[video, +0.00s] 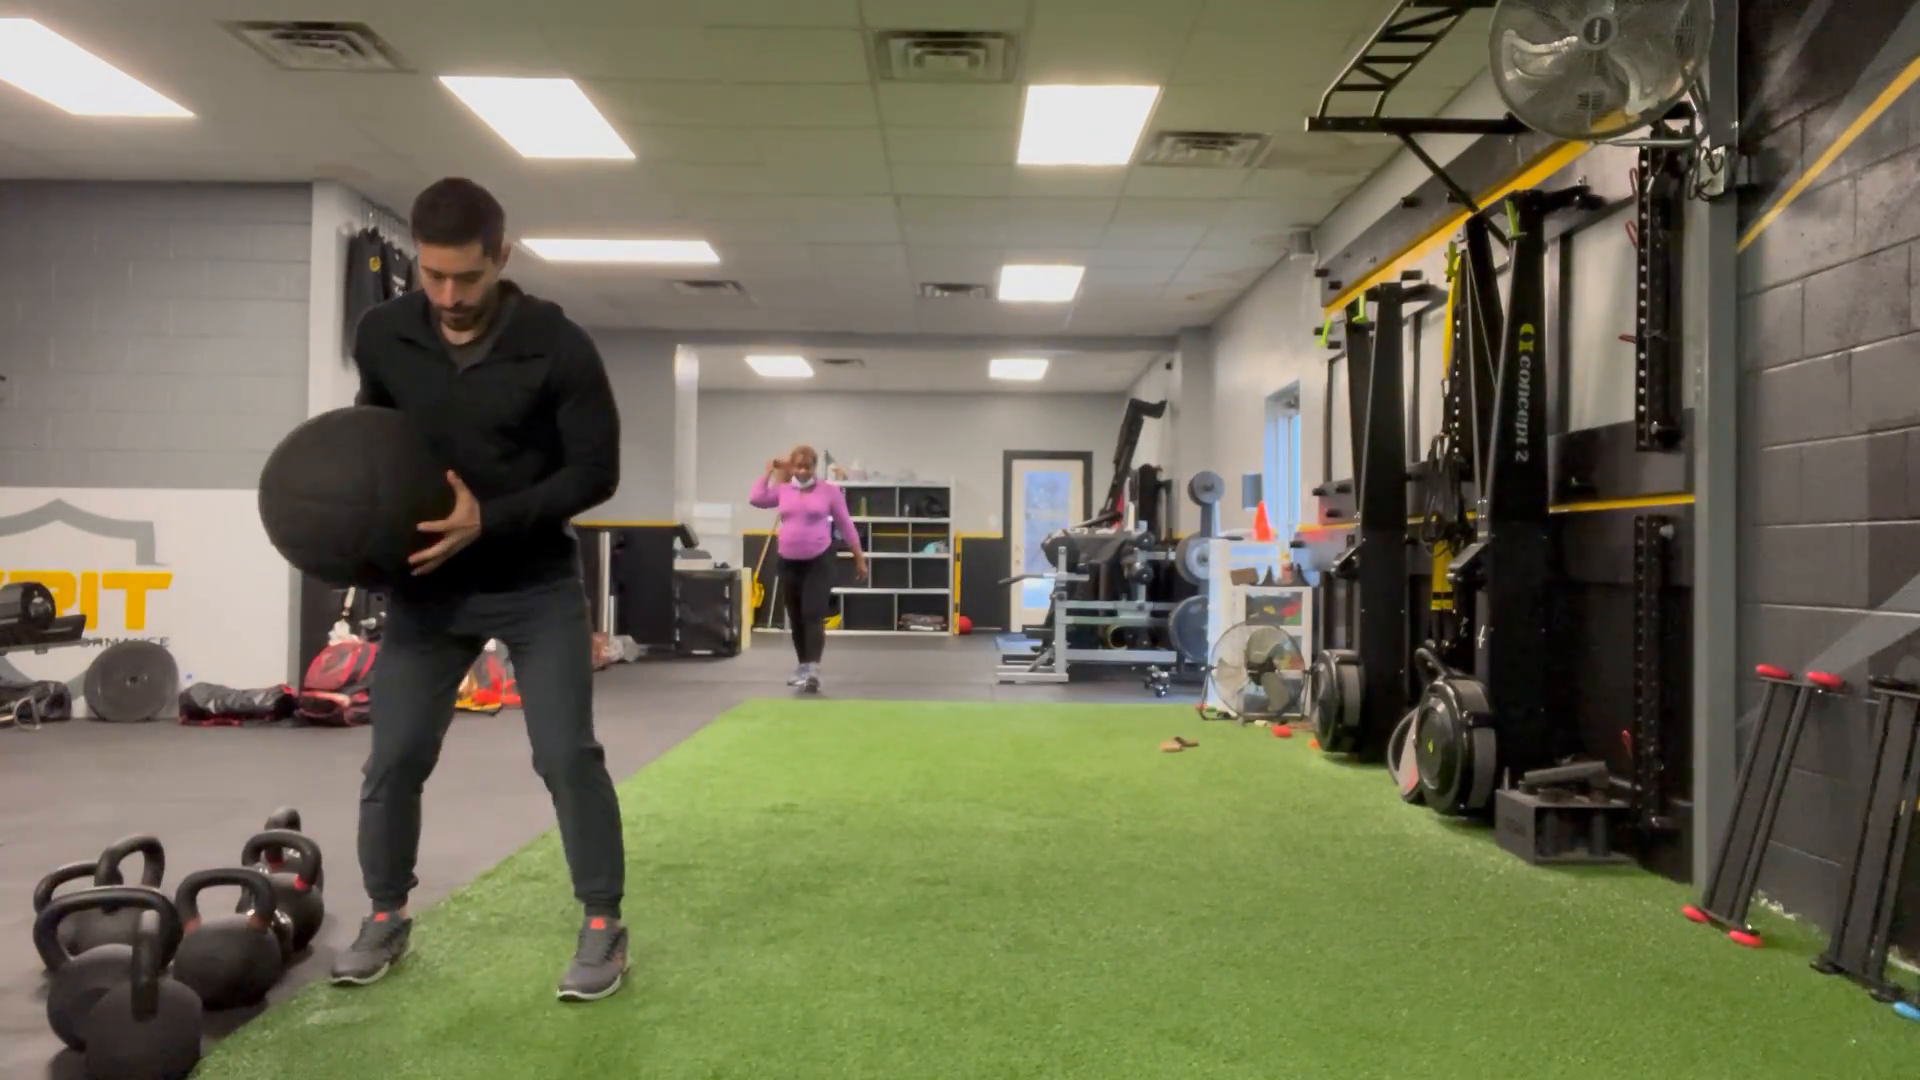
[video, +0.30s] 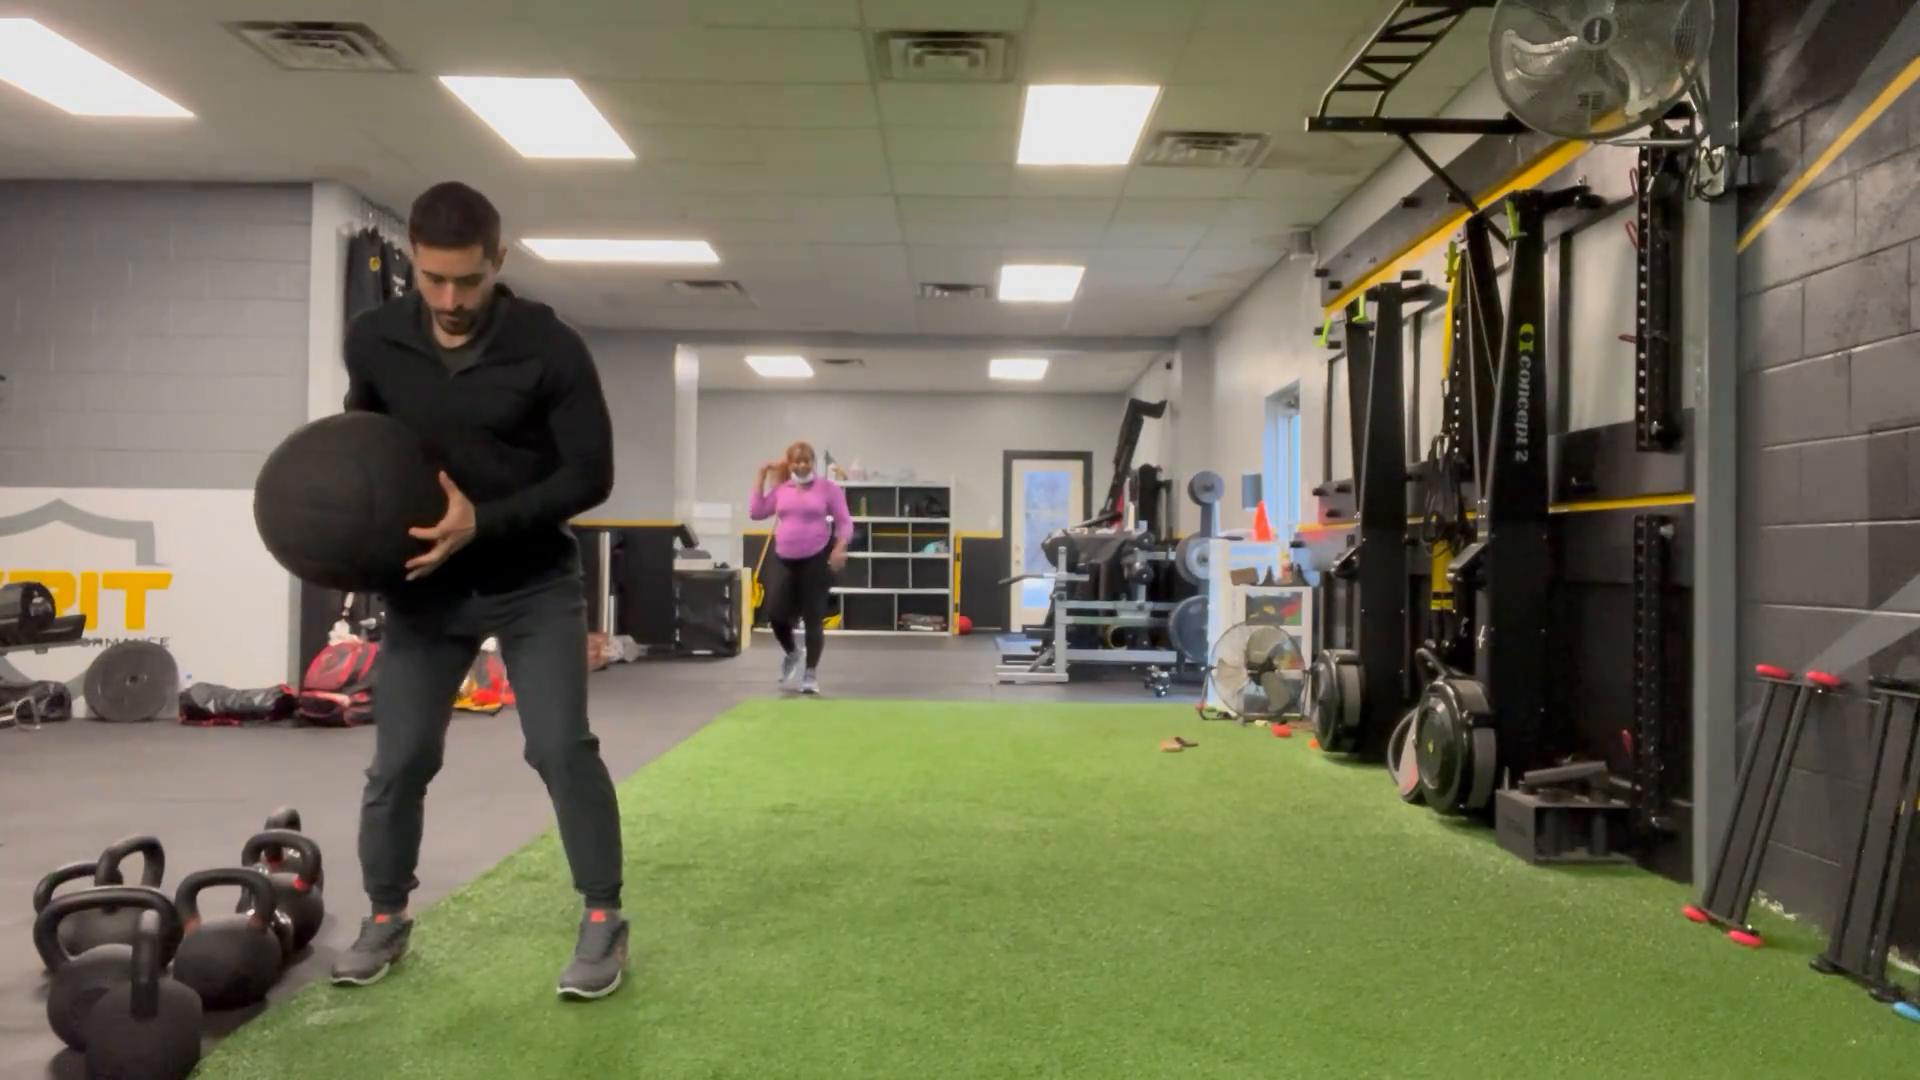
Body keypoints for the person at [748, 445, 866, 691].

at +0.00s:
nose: (801, 471)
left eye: (805, 466)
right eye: (797, 466)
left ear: (814, 467)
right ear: (790, 467)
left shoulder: (829, 491)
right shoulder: (783, 490)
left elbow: (846, 524)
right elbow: (756, 498)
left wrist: (859, 557)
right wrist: (768, 472)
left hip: (818, 559)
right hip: (789, 560)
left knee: (812, 612)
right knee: (796, 614)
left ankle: (813, 667)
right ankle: (802, 665)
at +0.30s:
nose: (801, 465)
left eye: (805, 460)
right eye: (797, 461)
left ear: (813, 462)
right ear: (789, 464)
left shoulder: (829, 489)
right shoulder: (782, 489)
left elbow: (845, 523)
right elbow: (756, 512)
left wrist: (840, 547)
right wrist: (760, 477)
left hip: (815, 559)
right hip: (783, 559)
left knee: (813, 616)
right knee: (775, 614)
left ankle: (810, 674)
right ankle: (792, 652)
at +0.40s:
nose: (801, 463)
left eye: (805, 459)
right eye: (796, 459)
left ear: (811, 460)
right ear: (787, 462)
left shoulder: (826, 486)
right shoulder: (781, 488)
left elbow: (843, 520)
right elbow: (759, 517)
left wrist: (821, 524)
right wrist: (757, 485)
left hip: (813, 556)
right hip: (780, 556)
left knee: (809, 616)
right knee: (771, 611)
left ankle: (809, 674)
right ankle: (781, 663)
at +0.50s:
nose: (799, 463)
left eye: (803, 458)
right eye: (793, 460)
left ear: (809, 459)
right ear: (784, 463)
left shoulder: (821, 484)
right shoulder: (779, 488)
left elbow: (832, 512)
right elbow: (759, 521)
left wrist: (800, 503)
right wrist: (754, 488)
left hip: (811, 557)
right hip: (778, 557)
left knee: (808, 617)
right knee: (771, 614)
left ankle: (809, 675)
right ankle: (766, 675)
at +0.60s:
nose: (795, 464)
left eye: (798, 459)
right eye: (789, 461)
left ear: (804, 460)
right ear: (779, 465)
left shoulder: (816, 483)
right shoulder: (770, 486)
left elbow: (814, 504)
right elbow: (757, 524)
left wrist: (780, 486)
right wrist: (750, 493)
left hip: (806, 558)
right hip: (773, 558)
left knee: (805, 620)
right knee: (769, 617)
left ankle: (809, 677)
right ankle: (759, 677)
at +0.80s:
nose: (778, 464)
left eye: (782, 458)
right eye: (771, 459)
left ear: (789, 459)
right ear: (762, 463)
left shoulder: (799, 480)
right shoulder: (754, 482)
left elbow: (792, 499)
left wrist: (763, 484)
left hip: (789, 556)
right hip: (756, 557)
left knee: (791, 617)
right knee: (758, 620)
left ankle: (805, 667)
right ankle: (757, 679)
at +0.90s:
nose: (774, 454)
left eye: (780, 448)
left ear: (787, 449)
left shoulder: (791, 474)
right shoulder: (749, 478)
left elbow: (797, 500)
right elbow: (741, 508)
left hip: (784, 549)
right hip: (753, 551)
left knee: (786, 616)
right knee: (754, 621)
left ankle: (795, 660)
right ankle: (757, 678)